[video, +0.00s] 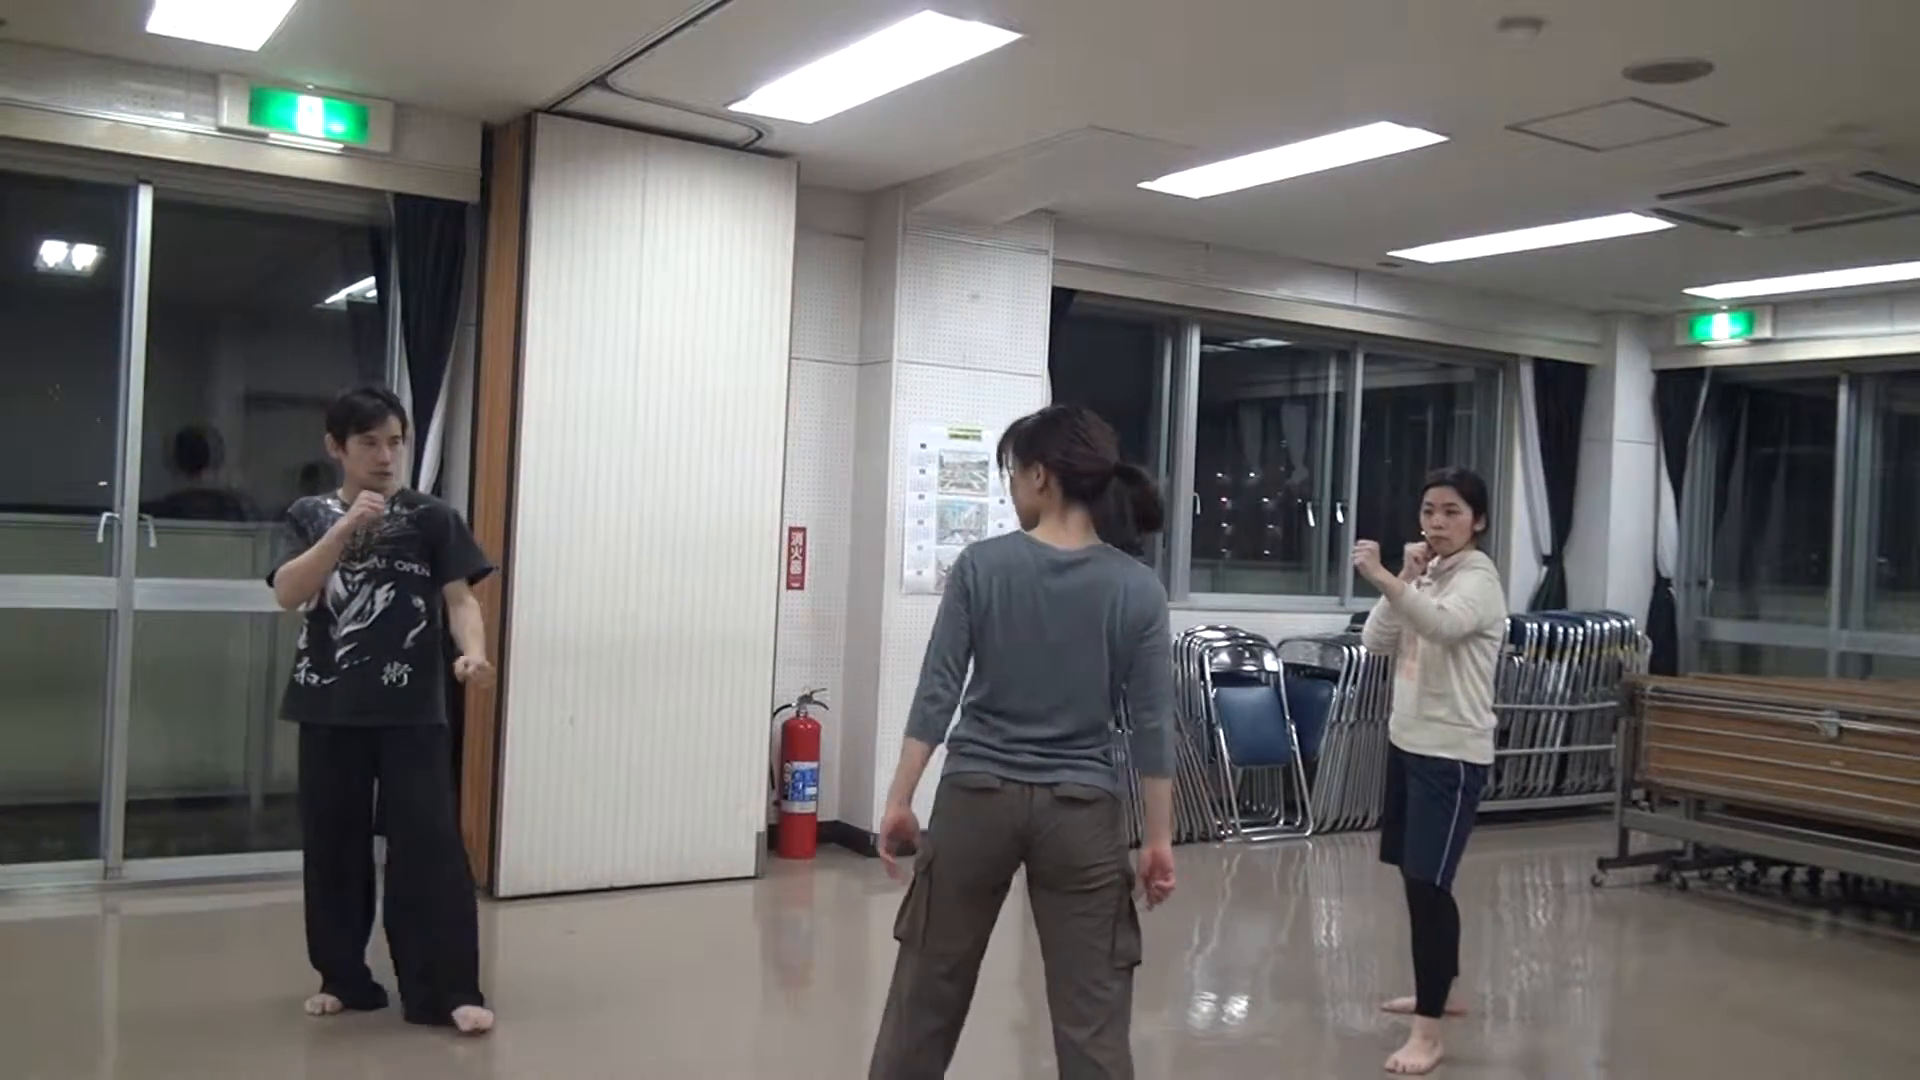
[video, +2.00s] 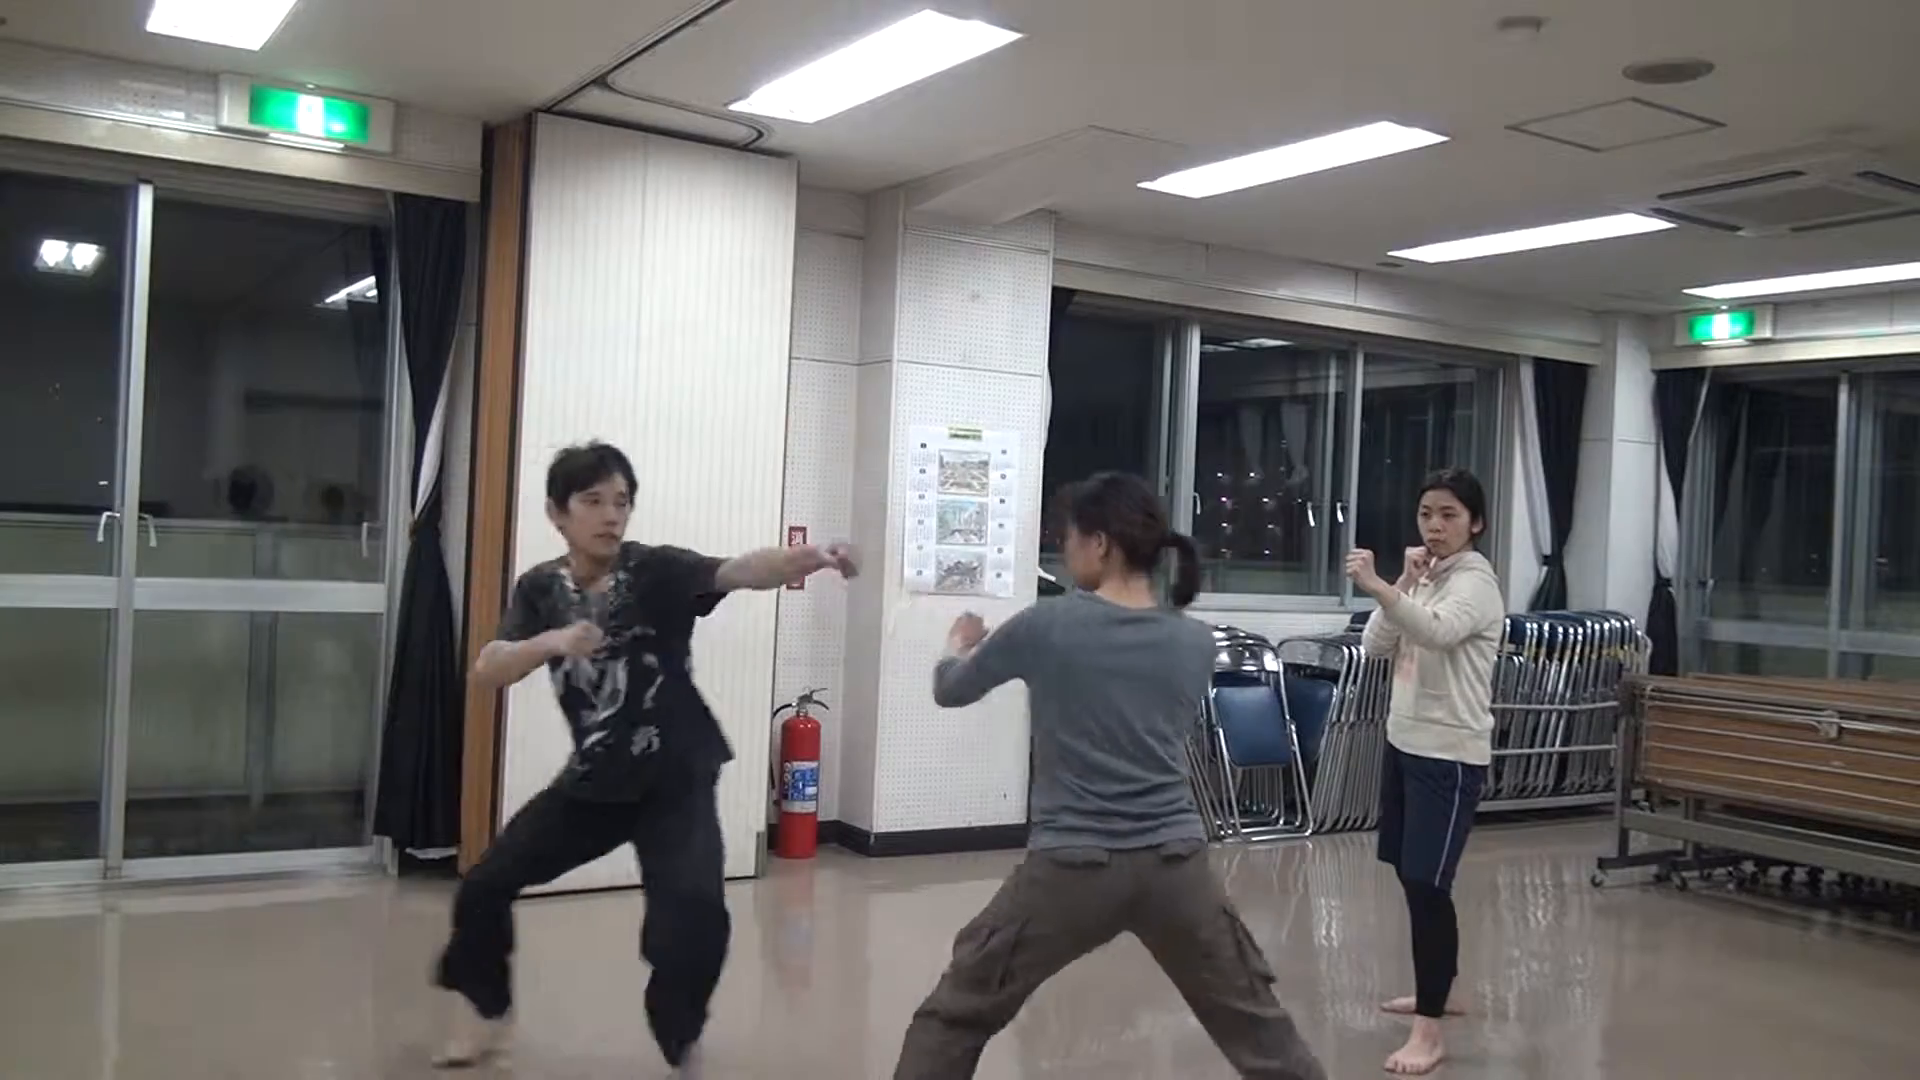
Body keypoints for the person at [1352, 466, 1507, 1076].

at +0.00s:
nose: (1436, 521)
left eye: (1451, 511)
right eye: (1429, 510)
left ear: (1476, 520)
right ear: (1420, 518)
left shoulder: (1479, 576)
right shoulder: (1424, 577)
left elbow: (1447, 624)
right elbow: (1375, 641)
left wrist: (1387, 579)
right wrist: (1406, 583)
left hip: (1451, 754)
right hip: (1410, 747)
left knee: (1427, 882)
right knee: (1415, 875)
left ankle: (1427, 1032)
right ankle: (1442, 991)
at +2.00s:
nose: (1434, 524)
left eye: (1447, 514)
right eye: (1427, 514)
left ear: (1474, 523)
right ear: (1418, 521)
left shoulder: (1477, 581)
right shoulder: (1421, 581)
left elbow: (1442, 631)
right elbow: (1375, 646)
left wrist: (1380, 588)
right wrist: (1404, 587)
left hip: (1448, 756)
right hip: (1406, 748)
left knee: (1427, 884)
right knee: (1408, 871)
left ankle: (1427, 1032)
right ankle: (1439, 989)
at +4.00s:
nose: (1441, 531)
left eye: (1454, 520)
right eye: (1432, 519)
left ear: (1477, 529)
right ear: (1419, 524)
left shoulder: (1480, 584)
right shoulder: (1414, 579)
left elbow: (1466, 638)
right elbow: (1371, 648)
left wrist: (1413, 595)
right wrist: (1405, 598)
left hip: (1453, 758)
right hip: (1400, 749)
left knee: (1431, 886)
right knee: (1390, 865)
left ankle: (1429, 1032)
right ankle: (1438, 985)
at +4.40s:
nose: (1438, 523)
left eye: (1451, 514)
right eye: (1431, 512)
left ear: (1477, 525)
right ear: (1418, 519)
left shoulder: (1496, 590)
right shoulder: (1391, 584)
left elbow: (1488, 630)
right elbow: (1352, 632)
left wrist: (1451, 565)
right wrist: (1326, 610)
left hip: (1461, 758)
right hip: (1391, 750)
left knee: (1434, 891)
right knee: (1375, 886)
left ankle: (1410, 1022)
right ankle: (1426, 958)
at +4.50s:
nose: (1445, 523)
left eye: (1457, 512)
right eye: (1435, 513)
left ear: (1483, 520)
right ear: (1425, 521)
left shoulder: (1508, 592)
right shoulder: (1397, 582)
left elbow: (1498, 651)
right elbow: (1353, 669)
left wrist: (1470, 577)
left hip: (1459, 750)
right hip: (1385, 735)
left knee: (1438, 895)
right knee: (1348, 853)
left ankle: (1410, 1024)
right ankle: (1355, 927)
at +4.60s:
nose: (1444, 522)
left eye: (1457, 511)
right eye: (1435, 512)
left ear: (1483, 517)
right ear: (1424, 519)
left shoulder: (1507, 592)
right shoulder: (1392, 577)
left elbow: (1499, 652)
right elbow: (1358, 649)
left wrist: (1468, 579)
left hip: (1451, 745)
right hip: (1392, 718)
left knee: (1436, 895)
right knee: (1365, 719)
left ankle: (1409, 1022)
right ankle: (1302, 842)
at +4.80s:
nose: (1444, 521)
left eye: (1457, 510)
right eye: (1436, 510)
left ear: (1485, 516)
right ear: (1424, 517)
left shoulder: (1503, 591)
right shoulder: (1396, 571)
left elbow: (1520, 654)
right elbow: (1346, 652)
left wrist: (1477, 584)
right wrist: (1305, 726)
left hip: (1442, 748)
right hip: (1383, 717)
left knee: (1428, 898)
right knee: (1367, 695)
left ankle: (1407, 1022)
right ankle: (1294, 779)